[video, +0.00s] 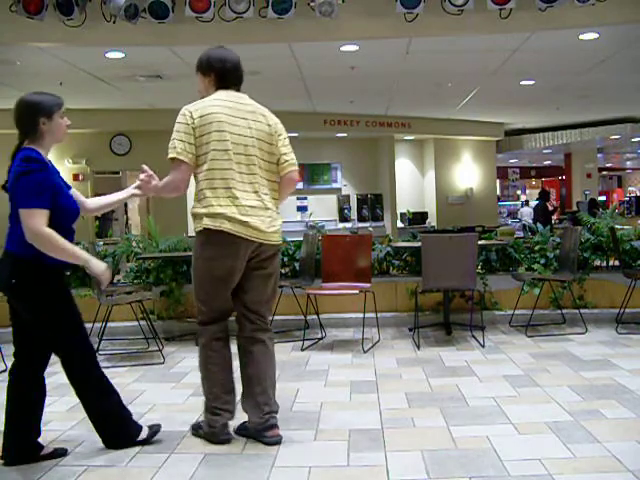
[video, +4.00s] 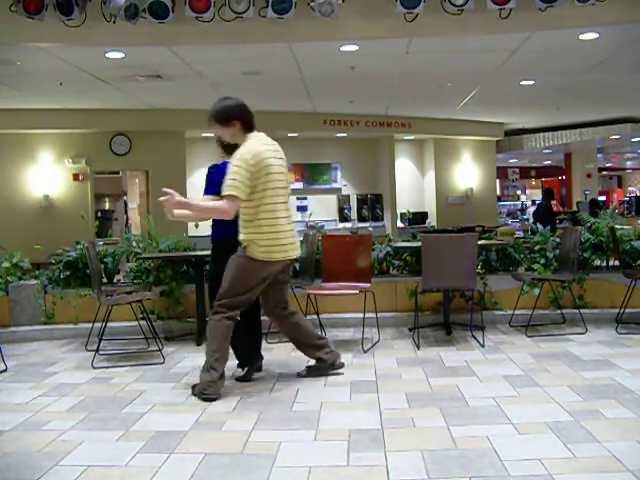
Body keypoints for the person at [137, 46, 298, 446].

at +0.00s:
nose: (197, 85)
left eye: (199, 79)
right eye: (199, 78)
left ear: (209, 79)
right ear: (237, 79)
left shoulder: (195, 112)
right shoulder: (268, 117)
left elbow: (181, 179)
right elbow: (291, 177)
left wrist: (156, 188)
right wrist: (261, 203)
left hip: (219, 230)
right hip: (267, 233)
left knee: (212, 326)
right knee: (257, 327)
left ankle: (217, 422)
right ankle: (263, 422)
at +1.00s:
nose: (203, 72)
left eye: (202, 66)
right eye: (205, 65)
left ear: (209, 68)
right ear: (252, 63)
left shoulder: (192, 125)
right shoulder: (296, 117)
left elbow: (197, 204)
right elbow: (320, 201)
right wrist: (272, 209)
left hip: (228, 271)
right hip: (281, 268)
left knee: (215, 379)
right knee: (265, 360)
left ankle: (288, 475)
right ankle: (265, 446)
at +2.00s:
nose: (210, 69)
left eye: (209, 63)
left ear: (213, 64)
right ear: (250, 60)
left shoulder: (209, 103)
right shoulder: (284, 104)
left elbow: (166, 175)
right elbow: (301, 172)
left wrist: (178, 196)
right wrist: (259, 176)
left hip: (232, 229)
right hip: (277, 233)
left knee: (231, 328)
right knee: (264, 328)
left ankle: (263, 439)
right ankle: (263, 412)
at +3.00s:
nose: (219, 99)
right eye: (218, 94)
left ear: (184, 101)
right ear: (215, 97)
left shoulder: (171, 136)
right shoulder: (235, 131)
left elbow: (143, 193)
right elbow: (250, 180)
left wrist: (158, 206)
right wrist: (256, 171)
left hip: (186, 237)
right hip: (228, 236)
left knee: (196, 314)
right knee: (240, 308)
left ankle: (199, 386)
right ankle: (253, 385)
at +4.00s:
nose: (218, 135)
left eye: (219, 128)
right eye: (216, 129)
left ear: (236, 124)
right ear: (243, 124)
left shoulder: (245, 155)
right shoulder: (273, 147)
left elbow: (228, 209)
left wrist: (184, 203)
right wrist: (199, 208)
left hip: (259, 251)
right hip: (285, 248)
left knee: (223, 310)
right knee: (278, 309)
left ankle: (210, 383)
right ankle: (327, 357)